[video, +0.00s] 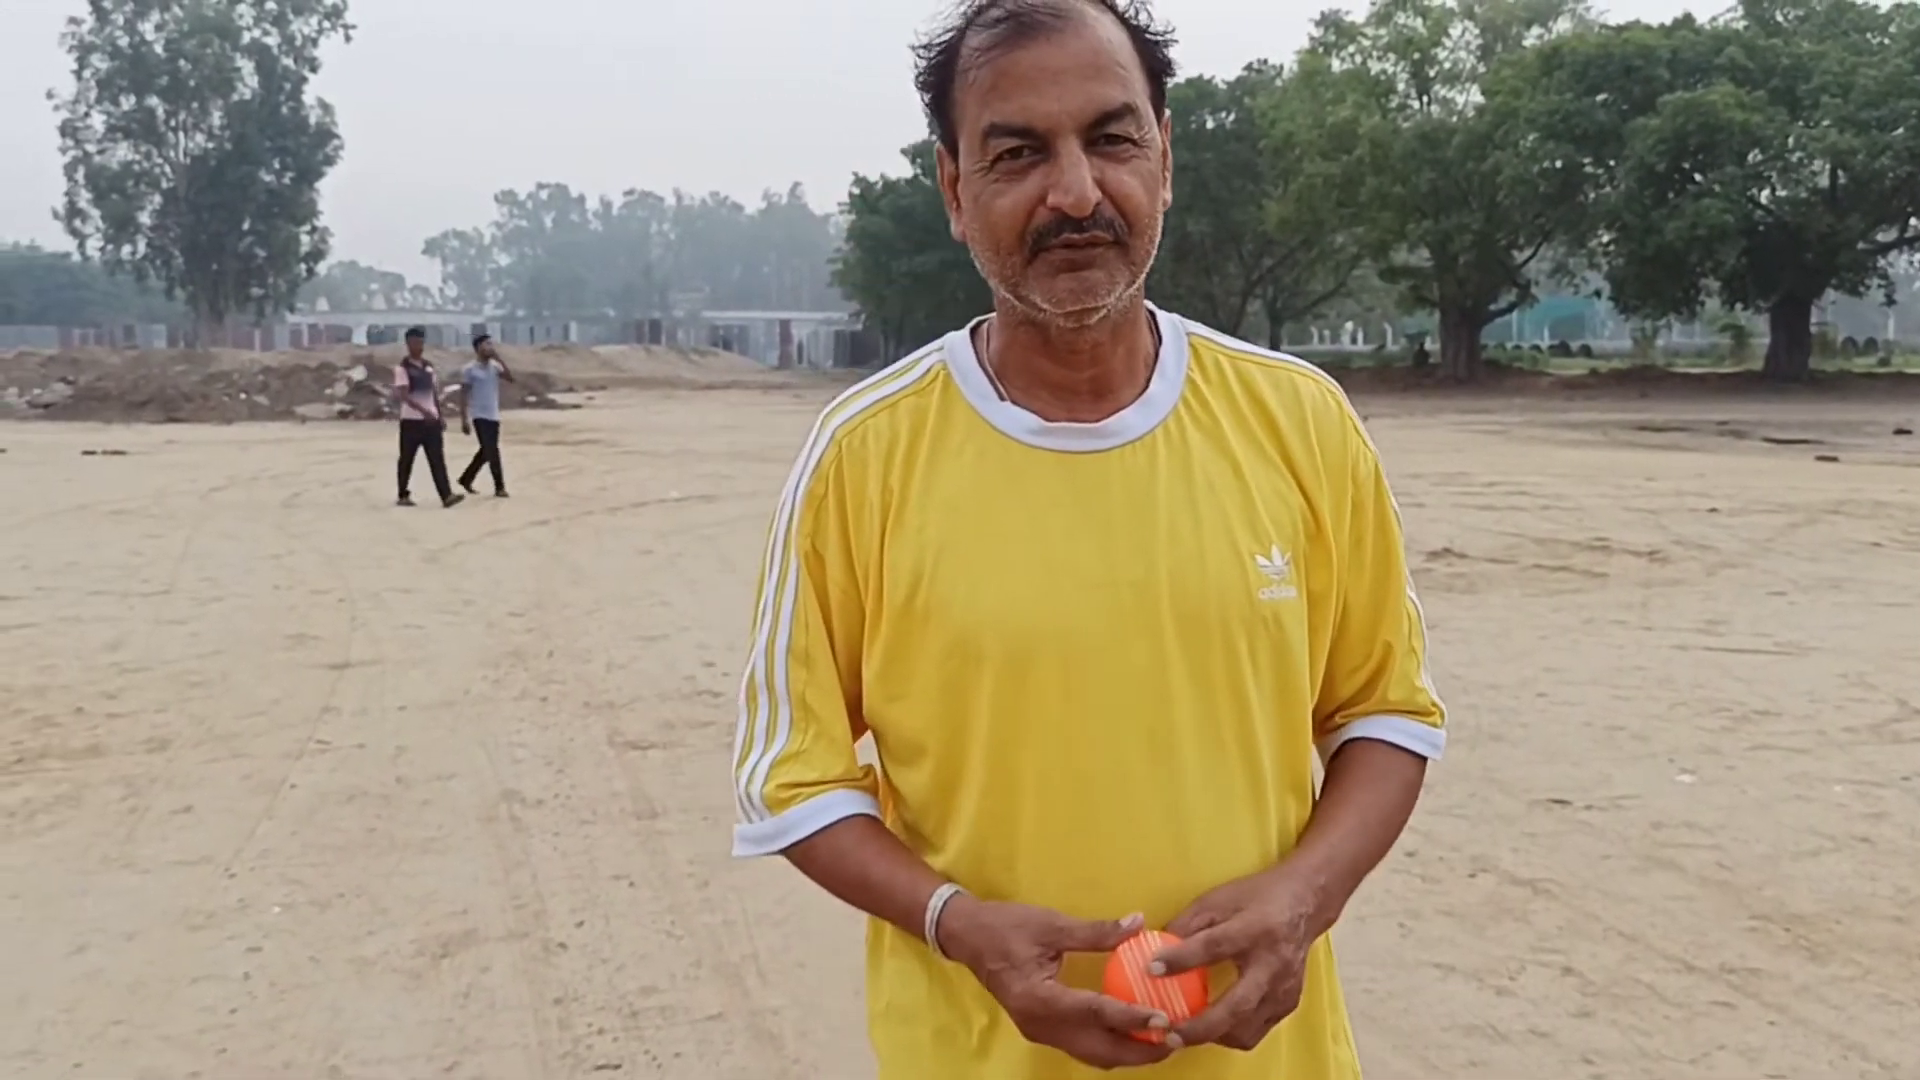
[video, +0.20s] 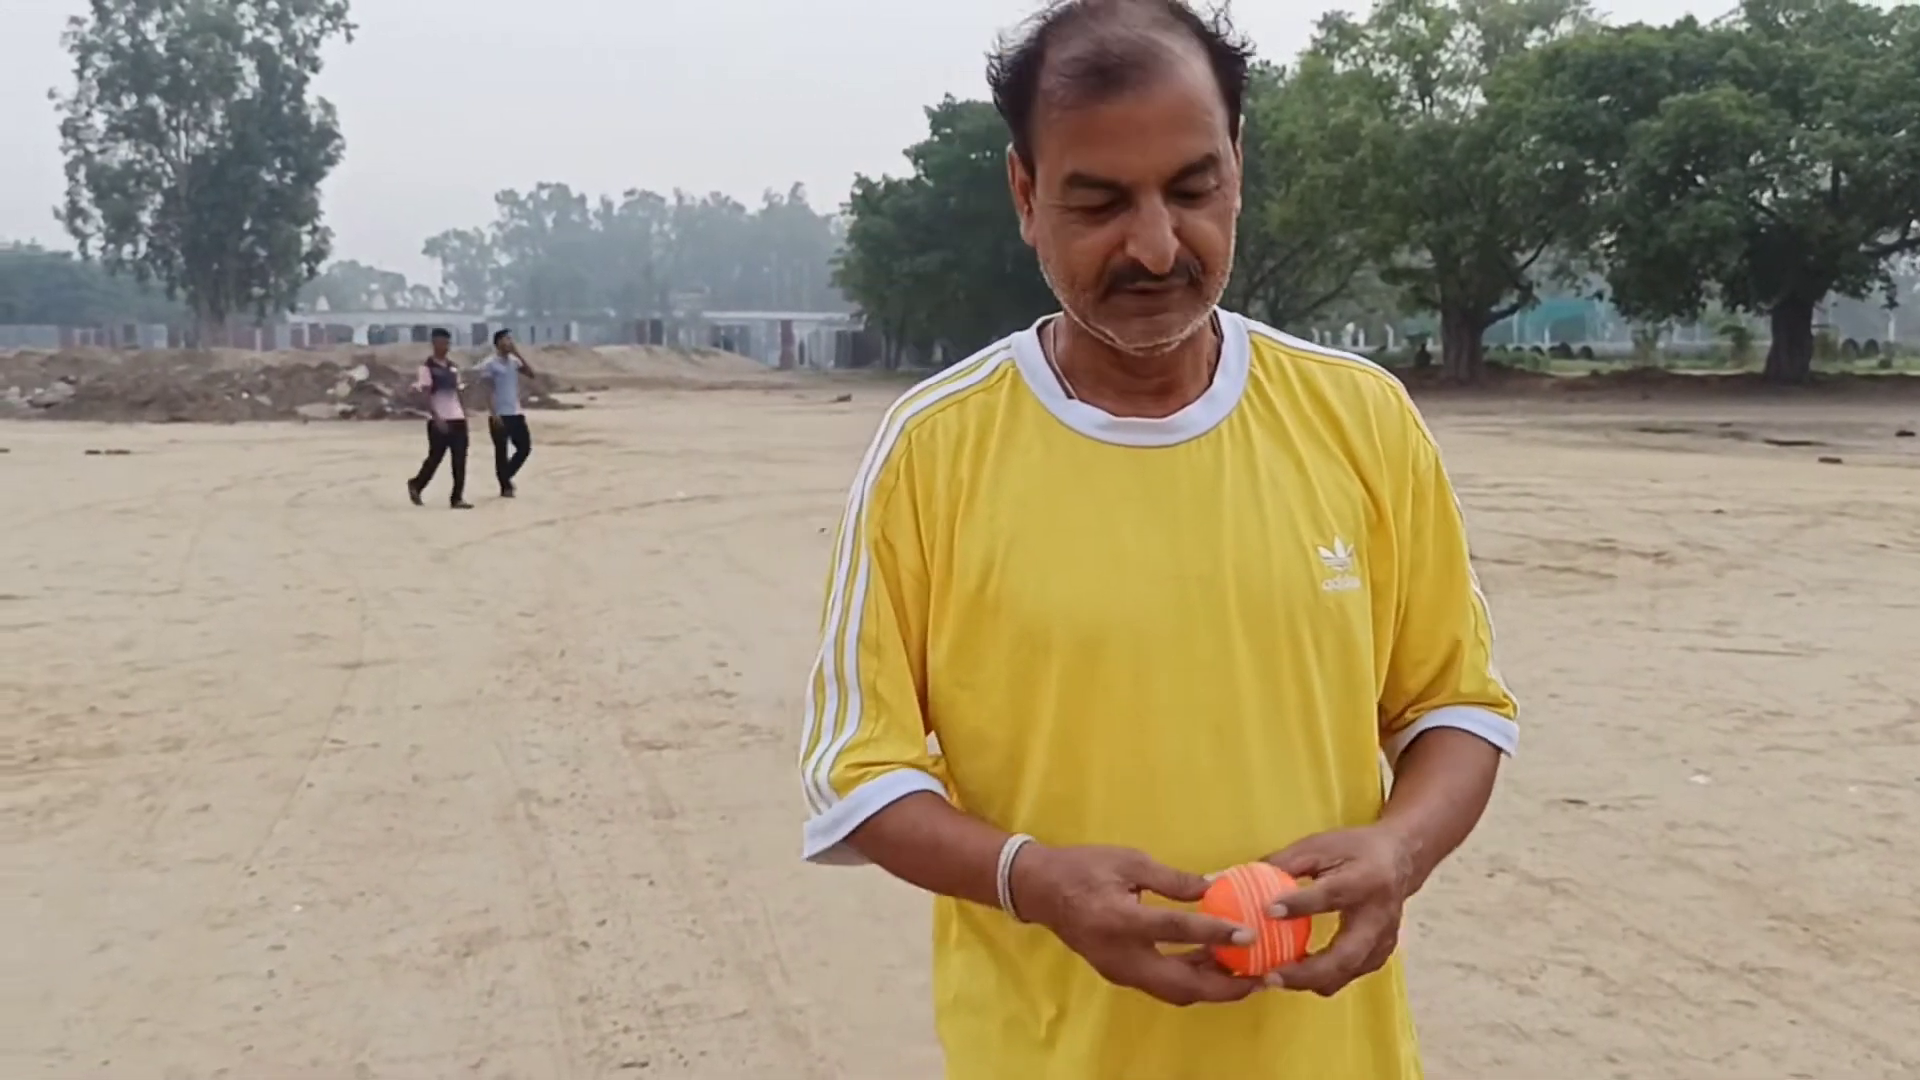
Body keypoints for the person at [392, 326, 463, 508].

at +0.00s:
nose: (418, 347)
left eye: (421, 343)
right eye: (414, 343)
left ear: (424, 344)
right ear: (407, 344)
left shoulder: (429, 368)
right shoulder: (403, 368)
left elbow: (435, 395)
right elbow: (403, 395)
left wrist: (440, 416)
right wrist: (425, 412)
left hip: (431, 419)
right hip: (411, 419)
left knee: (437, 460)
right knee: (406, 460)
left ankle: (447, 494)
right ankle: (403, 494)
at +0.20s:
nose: (443, 347)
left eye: (446, 343)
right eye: (440, 343)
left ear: (449, 345)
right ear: (433, 344)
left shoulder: (452, 367)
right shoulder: (427, 368)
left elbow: (457, 393)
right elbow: (425, 395)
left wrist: (463, 415)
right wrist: (436, 417)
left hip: (458, 418)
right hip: (439, 419)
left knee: (459, 461)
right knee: (435, 457)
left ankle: (457, 497)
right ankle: (416, 484)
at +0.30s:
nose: (456, 344)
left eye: (459, 340)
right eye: (452, 340)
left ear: (462, 342)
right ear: (445, 341)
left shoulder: (465, 365)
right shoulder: (437, 365)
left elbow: (471, 392)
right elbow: (435, 394)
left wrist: (476, 416)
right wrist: (437, 419)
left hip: (468, 415)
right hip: (449, 415)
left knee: (467, 459)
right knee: (454, 455)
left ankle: (460, 496)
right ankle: (435, 483)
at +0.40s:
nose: (466, 343)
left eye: (468, 339)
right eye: (462, 339)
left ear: (472, 340)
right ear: (455, 340)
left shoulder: (476, 362)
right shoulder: (447, 363)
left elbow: (482, 388)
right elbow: (439, 391)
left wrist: (489, 412)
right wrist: (436, 417)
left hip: (476, 412)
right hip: (457, 411)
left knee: (473, 453)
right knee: (468, 450)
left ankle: (464, 492)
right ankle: (457, 490)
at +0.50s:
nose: (474, 343)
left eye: (477, 339)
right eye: (471, 339)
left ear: (480, 340)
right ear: (463, 340)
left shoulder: (483, 363)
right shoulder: (452, 363)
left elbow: (489, 388)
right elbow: (443, 390)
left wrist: (498, 410)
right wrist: (436, 416)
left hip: (481, 412)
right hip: (463, 411)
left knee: (472, 452)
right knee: (473, 452)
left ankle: (460, 490)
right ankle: (478, 494)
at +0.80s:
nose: (465, 343)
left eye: (468, 339)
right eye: (461, 339)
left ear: (471, 341)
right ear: (454, 341)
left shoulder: (476, 363)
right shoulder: (447, 365)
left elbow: (484, 389)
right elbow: (443, 393)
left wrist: (491, 413)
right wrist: (441, 421)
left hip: (477, 413)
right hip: (458, 413)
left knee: (478, 451)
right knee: (467, 455)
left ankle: (450, 479)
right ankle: (470, 496)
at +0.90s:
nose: (451, 340)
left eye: (452, 337)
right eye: (447, 337)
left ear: (454, 338)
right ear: (438, 338)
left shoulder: (459, 361)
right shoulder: (430, 364)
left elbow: (466, 388)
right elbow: (430, 393)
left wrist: (473, 411)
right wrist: (435, 417)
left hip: (461, 414)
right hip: (443, 415)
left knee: (468, 453)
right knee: (443, 458)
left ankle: (443, 480)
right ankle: (445, 498)